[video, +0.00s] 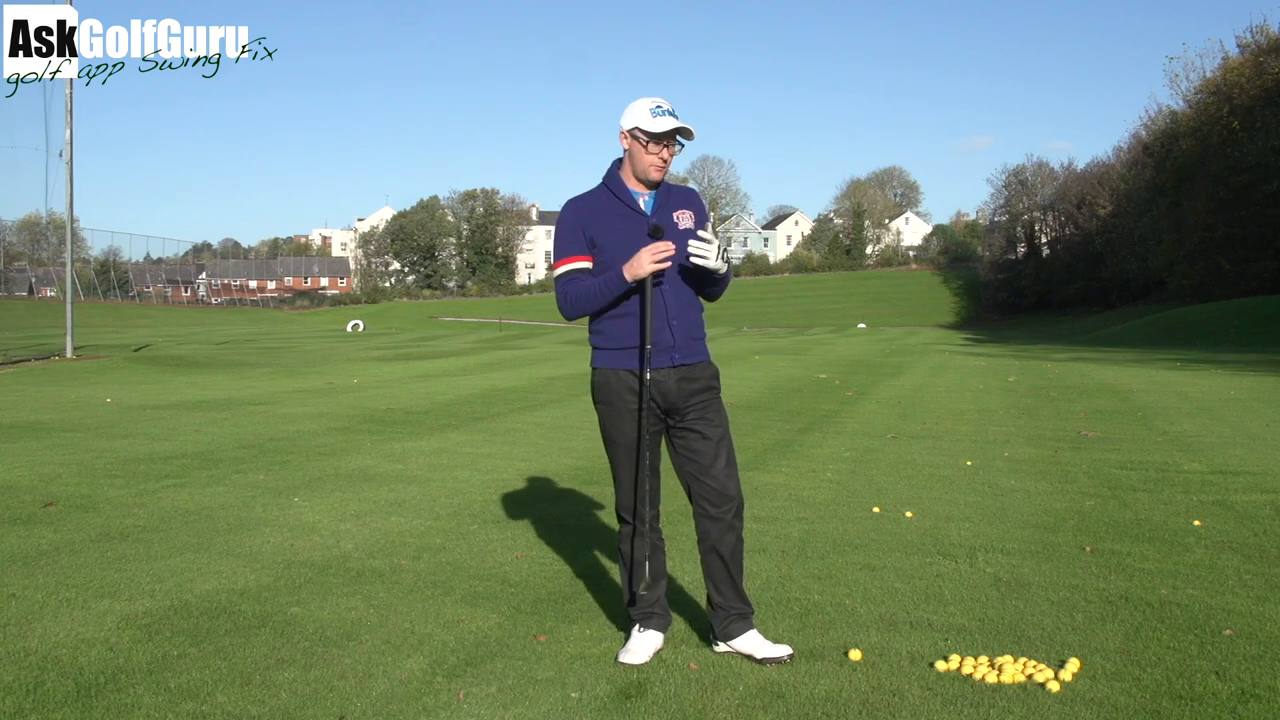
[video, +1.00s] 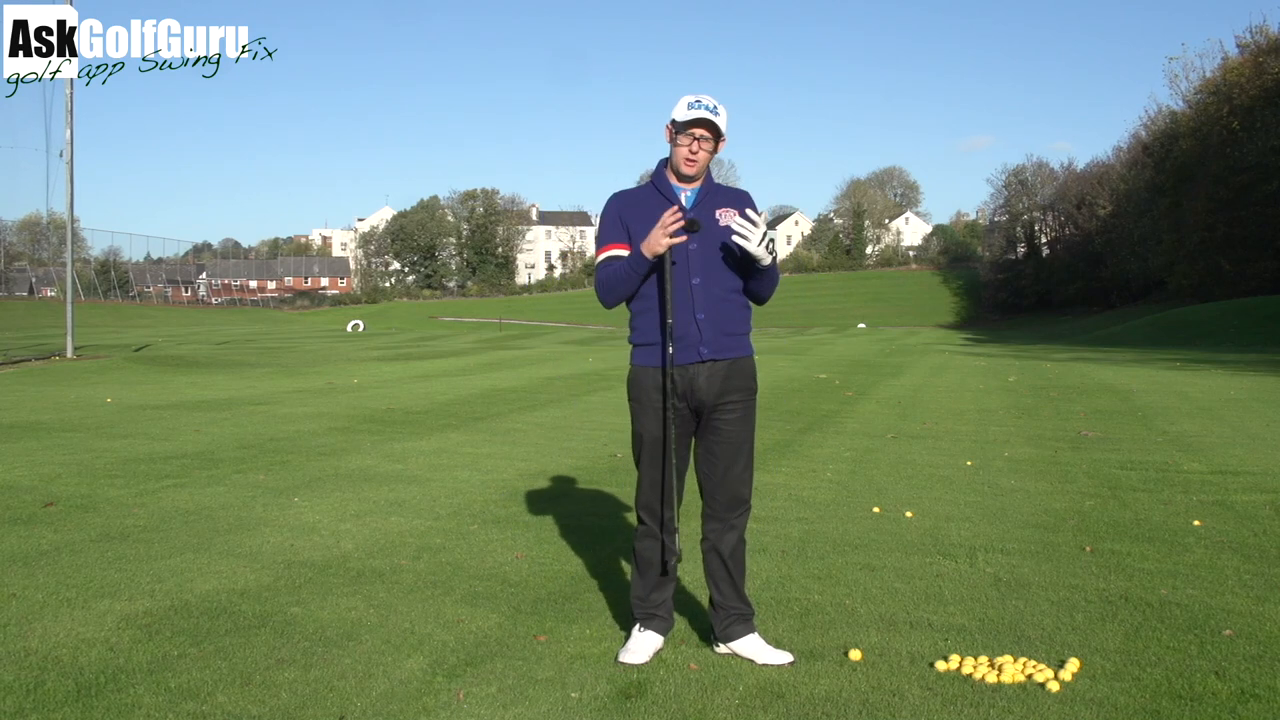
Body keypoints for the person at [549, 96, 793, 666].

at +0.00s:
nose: (666, 153)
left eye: (673, 144)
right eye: (655, 141)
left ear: (676, 148)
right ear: (627, 140)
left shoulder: (687, 203)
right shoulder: (581, 212)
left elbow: (711, 291)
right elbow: (570, 300)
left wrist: (714, 267)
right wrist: (628, 272)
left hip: (691, 372)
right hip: (622, 378)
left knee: (721, 499)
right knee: (636, 506)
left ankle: (732, 624)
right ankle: (648, 620)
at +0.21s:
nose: (669, 154)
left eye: (676, 145)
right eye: (658, 142)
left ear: (680, 149)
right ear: (630, 139)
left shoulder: (690, 203)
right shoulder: (584, 211)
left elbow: (713, 291)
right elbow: (573, 299)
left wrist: (721, 266)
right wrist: (630, 268)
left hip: (695, 372)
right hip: (625, 378)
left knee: (723, 501)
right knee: (638, 507)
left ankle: (733, 625)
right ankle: (649, 621)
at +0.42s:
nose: (665, 148)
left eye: (676, 140)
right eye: (657, 136)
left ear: (685, 148)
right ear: (636, 137)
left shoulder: (700, 205)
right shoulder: (592, 207)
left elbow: (723, 291)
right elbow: (582, 293)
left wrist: (727, 265)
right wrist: (639, 265)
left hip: (702, 370)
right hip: (631, 375)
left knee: (721, 501)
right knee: (641, 505)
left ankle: (733, 625)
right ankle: (649, 620)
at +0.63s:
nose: (672, 145)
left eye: (683, 138)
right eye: (664, 134)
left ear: (696, 147)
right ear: (647, 137)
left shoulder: (713, 205)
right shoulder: (601, 206)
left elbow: (737, 291)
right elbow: (591, 289)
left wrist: (737, 262)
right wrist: (647, 259)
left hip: (711, 370)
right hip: (638, 374)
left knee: (721, 503)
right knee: (645, 505)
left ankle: (733, 626)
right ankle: (649, 621)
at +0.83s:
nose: (684, 145)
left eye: (696, 137)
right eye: (677, 134)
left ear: (708, 146)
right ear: (660, 137)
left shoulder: (728, 204)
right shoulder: (615, 206)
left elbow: (751, 292)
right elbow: (602, 289)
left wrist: (748, 260)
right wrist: (651, 258)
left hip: (721, 370)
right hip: (648, 372)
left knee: (725, 505)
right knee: (651, 505)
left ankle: (732, 627)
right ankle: (650, 621)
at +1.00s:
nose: (695, 144)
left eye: (706, 137)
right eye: (687, 134)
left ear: (717, 146)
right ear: (670, 138)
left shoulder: (737, 204)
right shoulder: (625, 207)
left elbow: (761, 292)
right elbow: (609, 292)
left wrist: (763, 258)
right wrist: (646, 250)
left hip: (730, 371)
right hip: (656, 373)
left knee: (729, 506)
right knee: (656, 506)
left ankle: (733, 627)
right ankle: (650, 621)